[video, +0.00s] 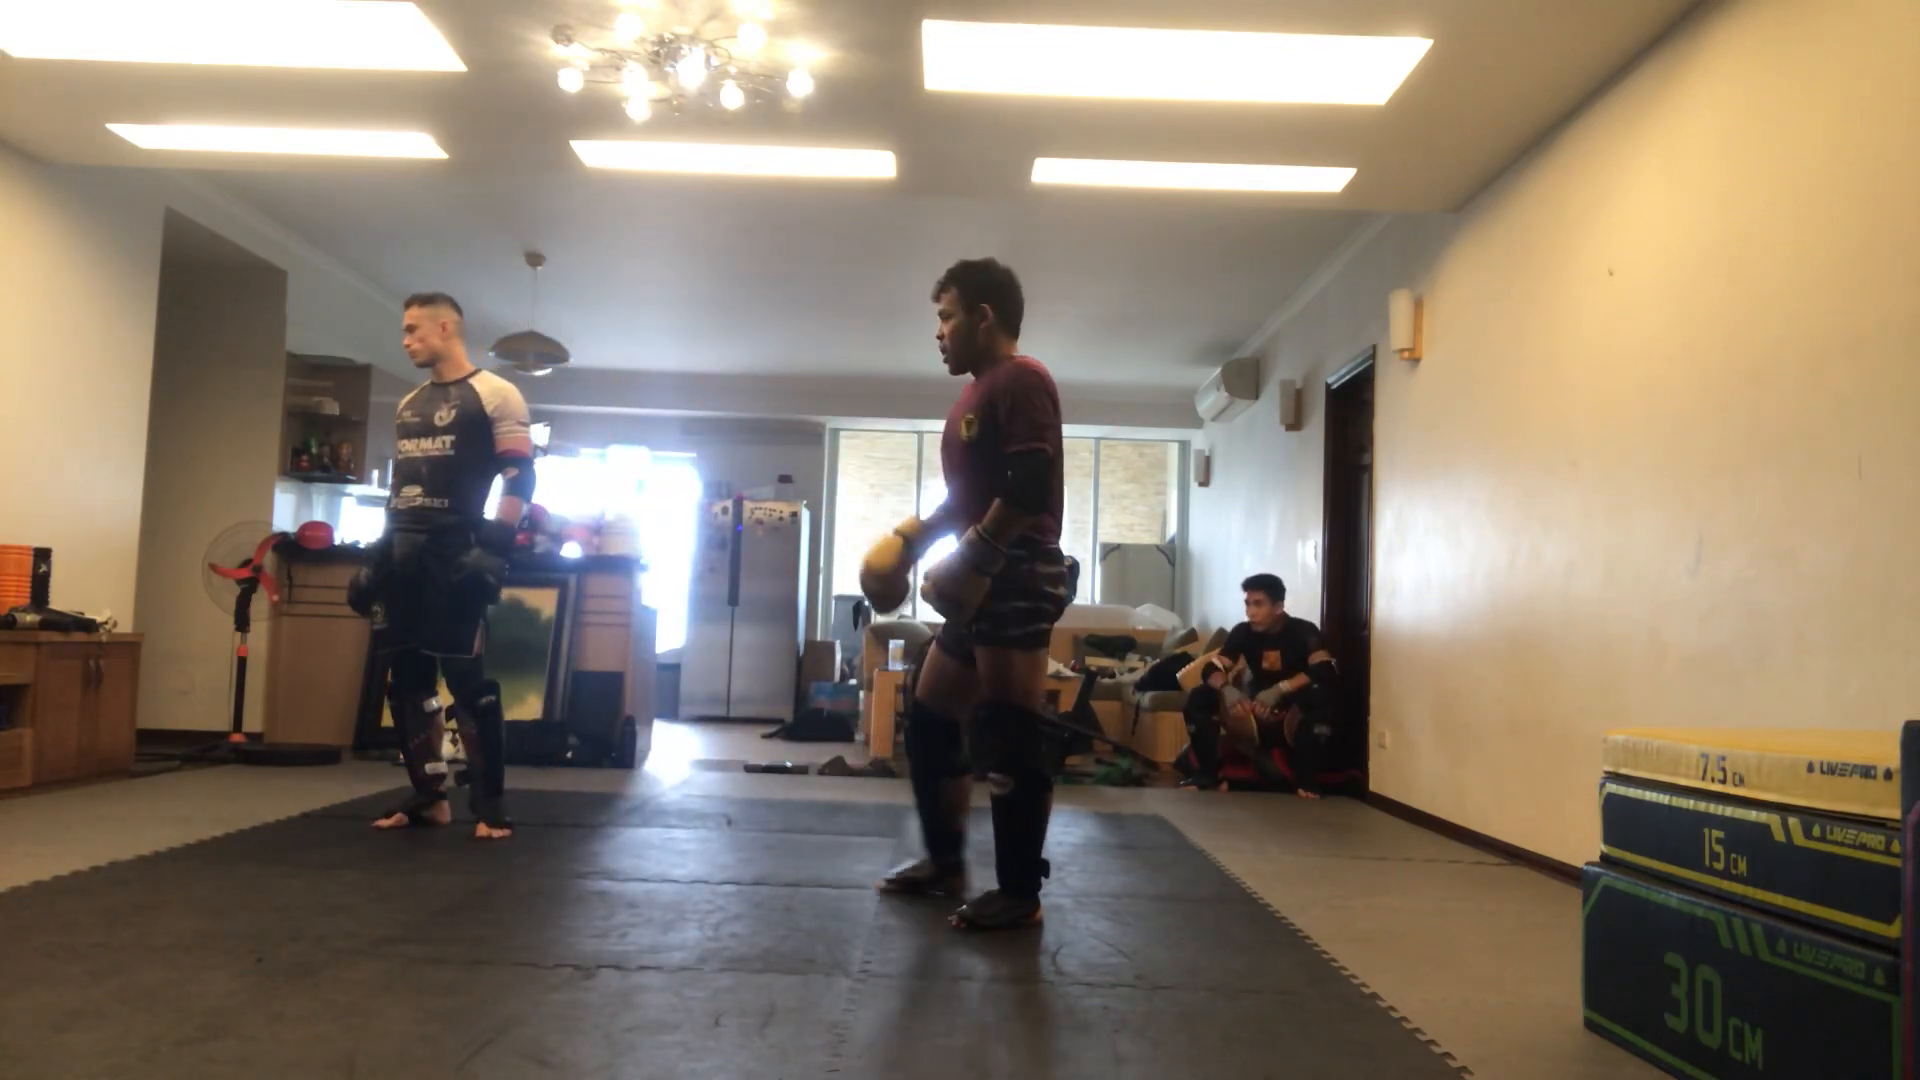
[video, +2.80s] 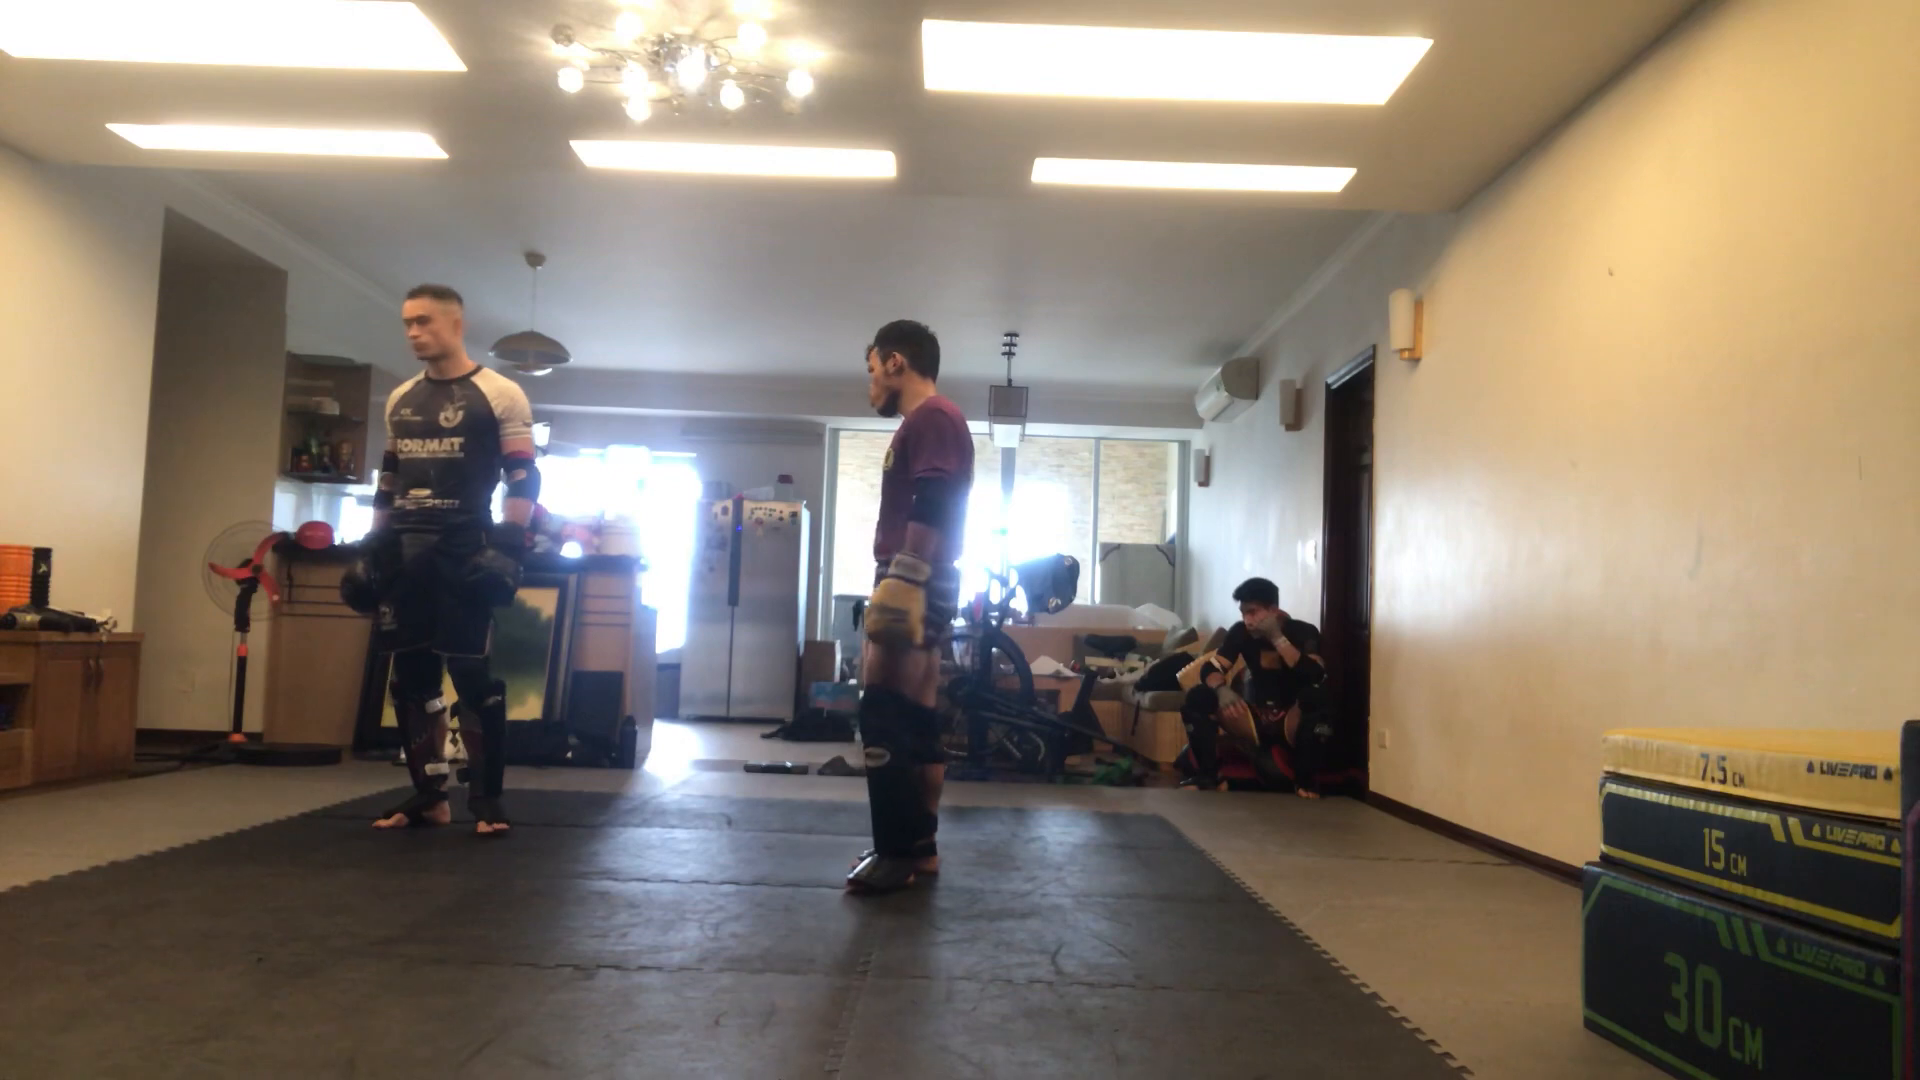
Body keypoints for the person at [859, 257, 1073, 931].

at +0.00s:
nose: (937, 332)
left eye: (946, 318)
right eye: (937, 319)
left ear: (984, 317)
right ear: (978, 319)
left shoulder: (1020, 380)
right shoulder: (975, 393)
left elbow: (1028, 483)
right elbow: (965, 497)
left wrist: (974, 561)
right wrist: (910, 539)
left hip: (1021, 574)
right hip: (981, 572)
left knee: (1012, 730)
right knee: (930, 715)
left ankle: (1019, 893)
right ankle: (945, 864)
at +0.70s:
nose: (904, 347)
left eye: (911, 333)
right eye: (905, 335)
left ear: (944, 333)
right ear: (956, 337)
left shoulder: (962, 383)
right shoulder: (980, 388)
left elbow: (966, 483)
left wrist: (912, 562)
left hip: (975, 569)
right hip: (990, 568)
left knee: (929, 717)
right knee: (963, 726)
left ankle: (930, 869)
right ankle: (956, 872)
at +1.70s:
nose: (850, 352)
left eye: (855, 338)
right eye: (851, 338)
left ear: (881, 341)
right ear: (904, 343)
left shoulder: (910, 414)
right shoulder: (927, 408)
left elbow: (885, 531)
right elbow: (901, 526)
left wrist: (841, 609)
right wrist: (854, 601)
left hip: (900, 591)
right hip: (913, 588)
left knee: (876, 726)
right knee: (872, 716)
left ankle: (877, 870)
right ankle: (924, 823)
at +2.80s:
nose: (868, 379)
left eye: (871, 367)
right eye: (868, 368)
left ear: (895, 362)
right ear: (913, 364)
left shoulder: (932, 419)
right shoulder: (933, 420)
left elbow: (928, 511)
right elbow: (926, 514)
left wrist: (900, 587)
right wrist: (899, 588)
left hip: (909, 590)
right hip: (926, 591)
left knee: (883, 720)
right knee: (919, 724)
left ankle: (897, 852)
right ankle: (918, 846)